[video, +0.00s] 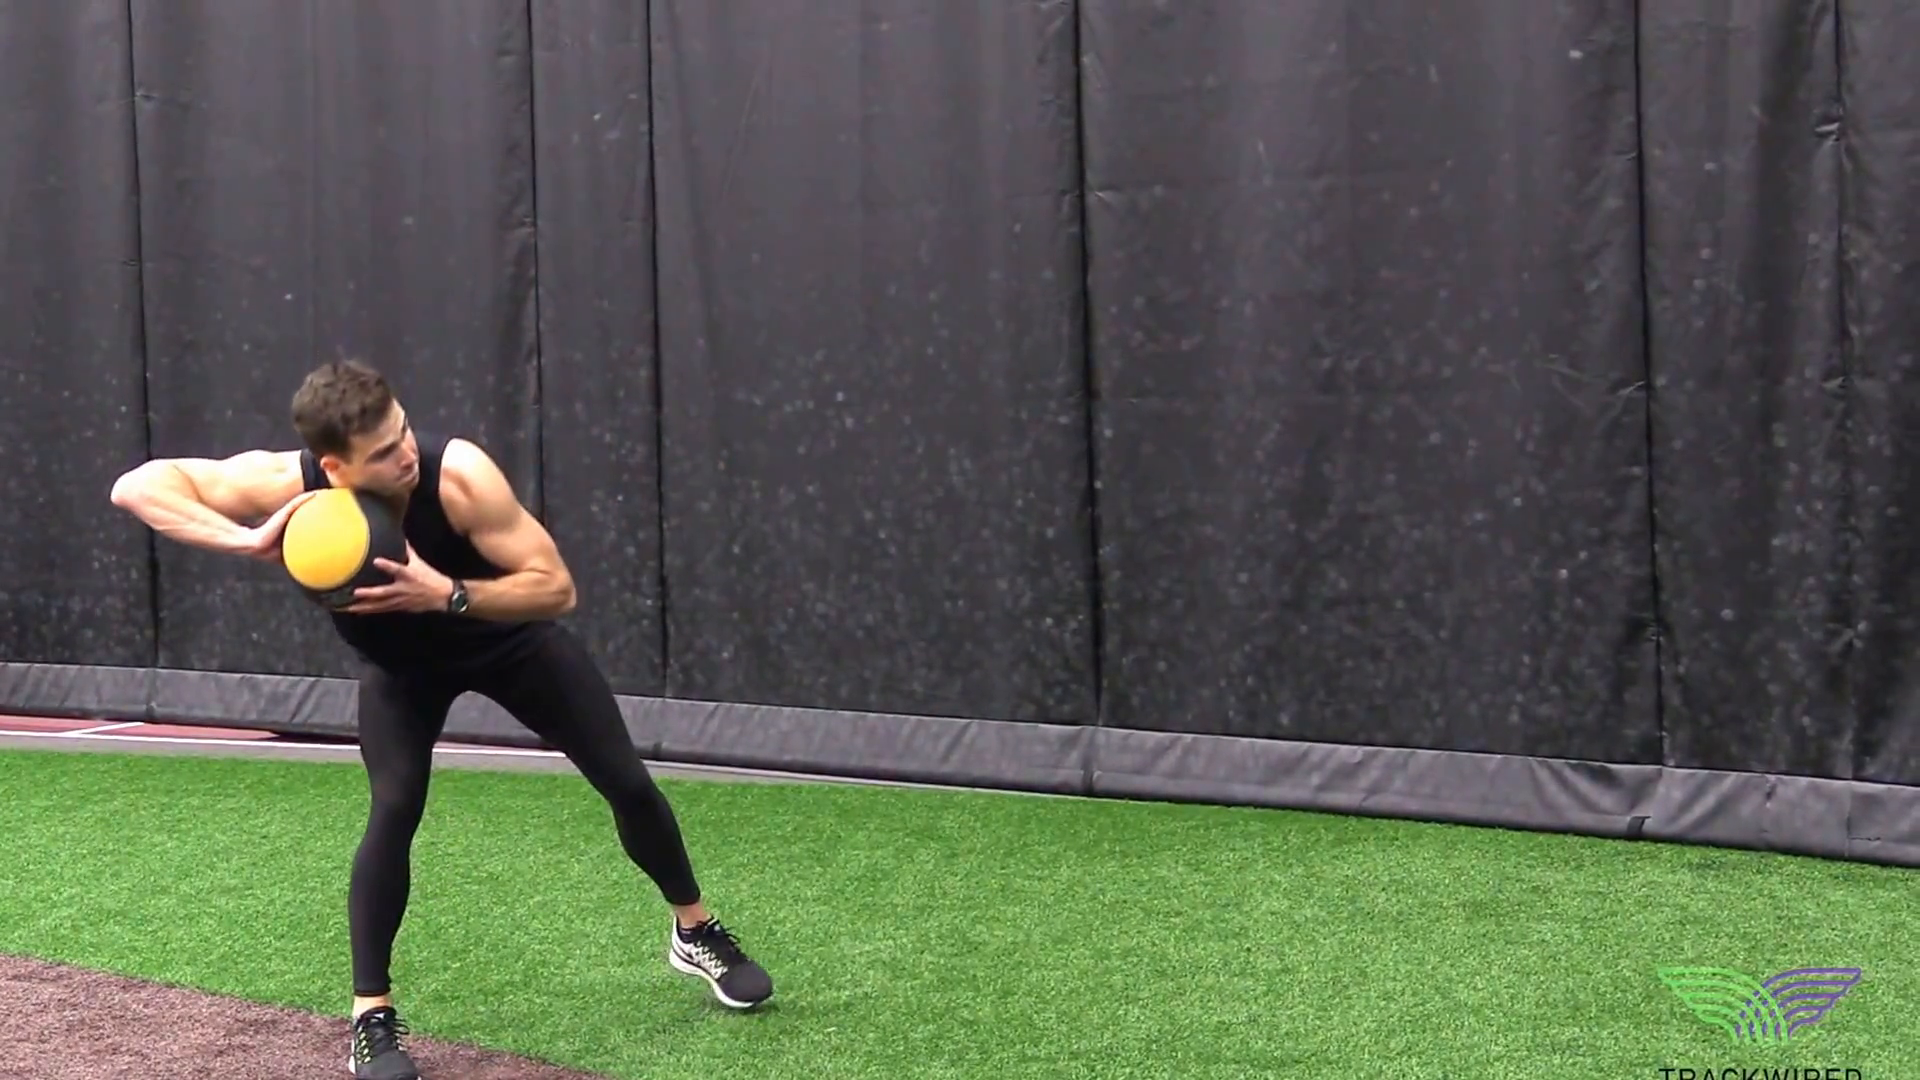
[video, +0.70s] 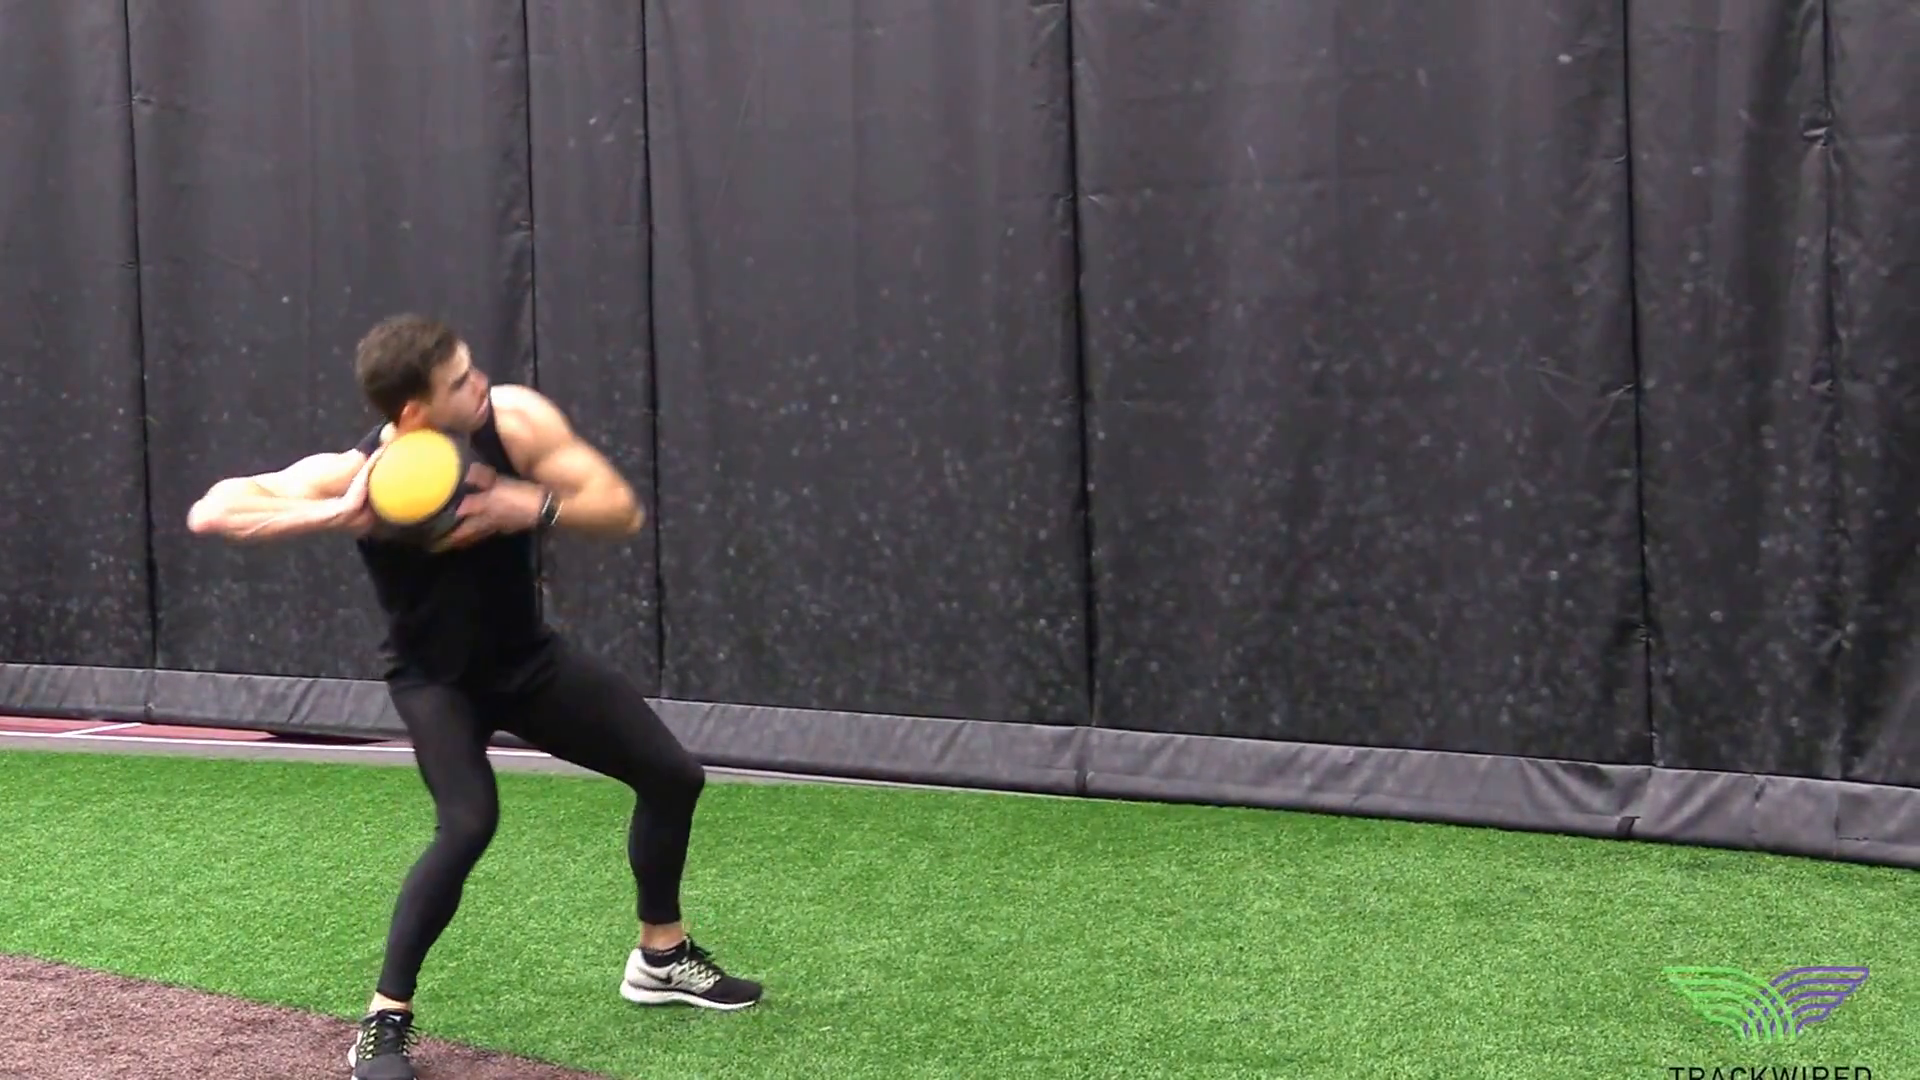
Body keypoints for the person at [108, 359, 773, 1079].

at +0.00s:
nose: (407, 454)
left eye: (405, 434)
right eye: (384, 453)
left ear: (408, 414)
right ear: (331, 465)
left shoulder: (462, 474)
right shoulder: (288, 484)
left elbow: (556, 589)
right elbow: (135, 486)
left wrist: (449, 593)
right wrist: (240, 539)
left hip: (516, 639)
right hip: (402, 663)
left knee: (628, 781)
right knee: (395, 806)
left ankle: (699, 929)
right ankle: (373, 1013)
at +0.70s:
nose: (480, 385)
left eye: (473, 370)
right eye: (459, 383)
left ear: (474, 365)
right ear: (412, 413)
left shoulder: (519, 419)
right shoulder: (358, 473)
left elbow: (622, 509)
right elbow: (209, 513)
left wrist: (536, 506)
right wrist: (333, 514)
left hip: (531, 660)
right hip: (435, 682)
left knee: (673, 775)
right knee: (469, 820)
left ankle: (662, 954)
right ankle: (388, 1016)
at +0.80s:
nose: (494, 338)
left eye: (486, 326)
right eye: (475, 337)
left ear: (481, 339)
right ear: (431, 370)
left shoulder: (529, 382)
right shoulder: (384, 451)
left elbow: (648, 457)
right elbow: (249, 517)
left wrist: (569, 429)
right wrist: (372, 483)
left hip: (539, 651)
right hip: (454, 667)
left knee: (680, 770)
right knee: (492, 822)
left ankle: (657, 965)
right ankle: (390, 1013)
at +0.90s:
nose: (501, 287)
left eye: (493, 276)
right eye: (485, 283)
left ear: (469, 307)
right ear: (450, 316)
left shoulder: (527, 360)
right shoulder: (410, 417)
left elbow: (656, 386)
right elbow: (319, 504)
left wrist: (590, 355)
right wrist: (433, 432)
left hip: (557, 637)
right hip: (487, 651)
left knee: (679, 767)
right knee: (521, 818)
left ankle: (662, 963)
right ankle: (392, 1002)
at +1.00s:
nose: (502, 248)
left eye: (493, 237)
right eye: (488, 243)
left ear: (460, 280)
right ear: (462, 277)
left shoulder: (522, 334)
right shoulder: (447, 378)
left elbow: (627, 338)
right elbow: (430, 448)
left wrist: (607, 294)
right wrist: (530, 347)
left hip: (573, 618)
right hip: (529, 627)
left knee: (665, 763)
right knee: (550, 810)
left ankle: (662, 963)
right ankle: (395, 985)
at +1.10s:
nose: (493, 222)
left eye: (482, 214)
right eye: (482, 218)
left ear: (443, 262)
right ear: (468, 248)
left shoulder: (468, 323)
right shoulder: (489, 330)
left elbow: (557, 310)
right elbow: (581, 308)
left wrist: (596, 241)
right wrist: (641, 219)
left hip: (577, 590)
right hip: (567, 594)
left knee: (640, 766)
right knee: (578, 787)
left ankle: (661, 960)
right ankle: (412, 950)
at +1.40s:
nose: (539, 206)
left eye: (528, 199)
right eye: (533, 200)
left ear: (460, 257)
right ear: (526, 224)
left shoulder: (447, 356)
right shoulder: (584, 257)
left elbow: (493, 434)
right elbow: (625, 164)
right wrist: (627, 146)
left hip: (560, 576)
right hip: (638, 558)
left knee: (615, 771)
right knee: (656, 767)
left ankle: (653, 965)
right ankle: (541, 941)